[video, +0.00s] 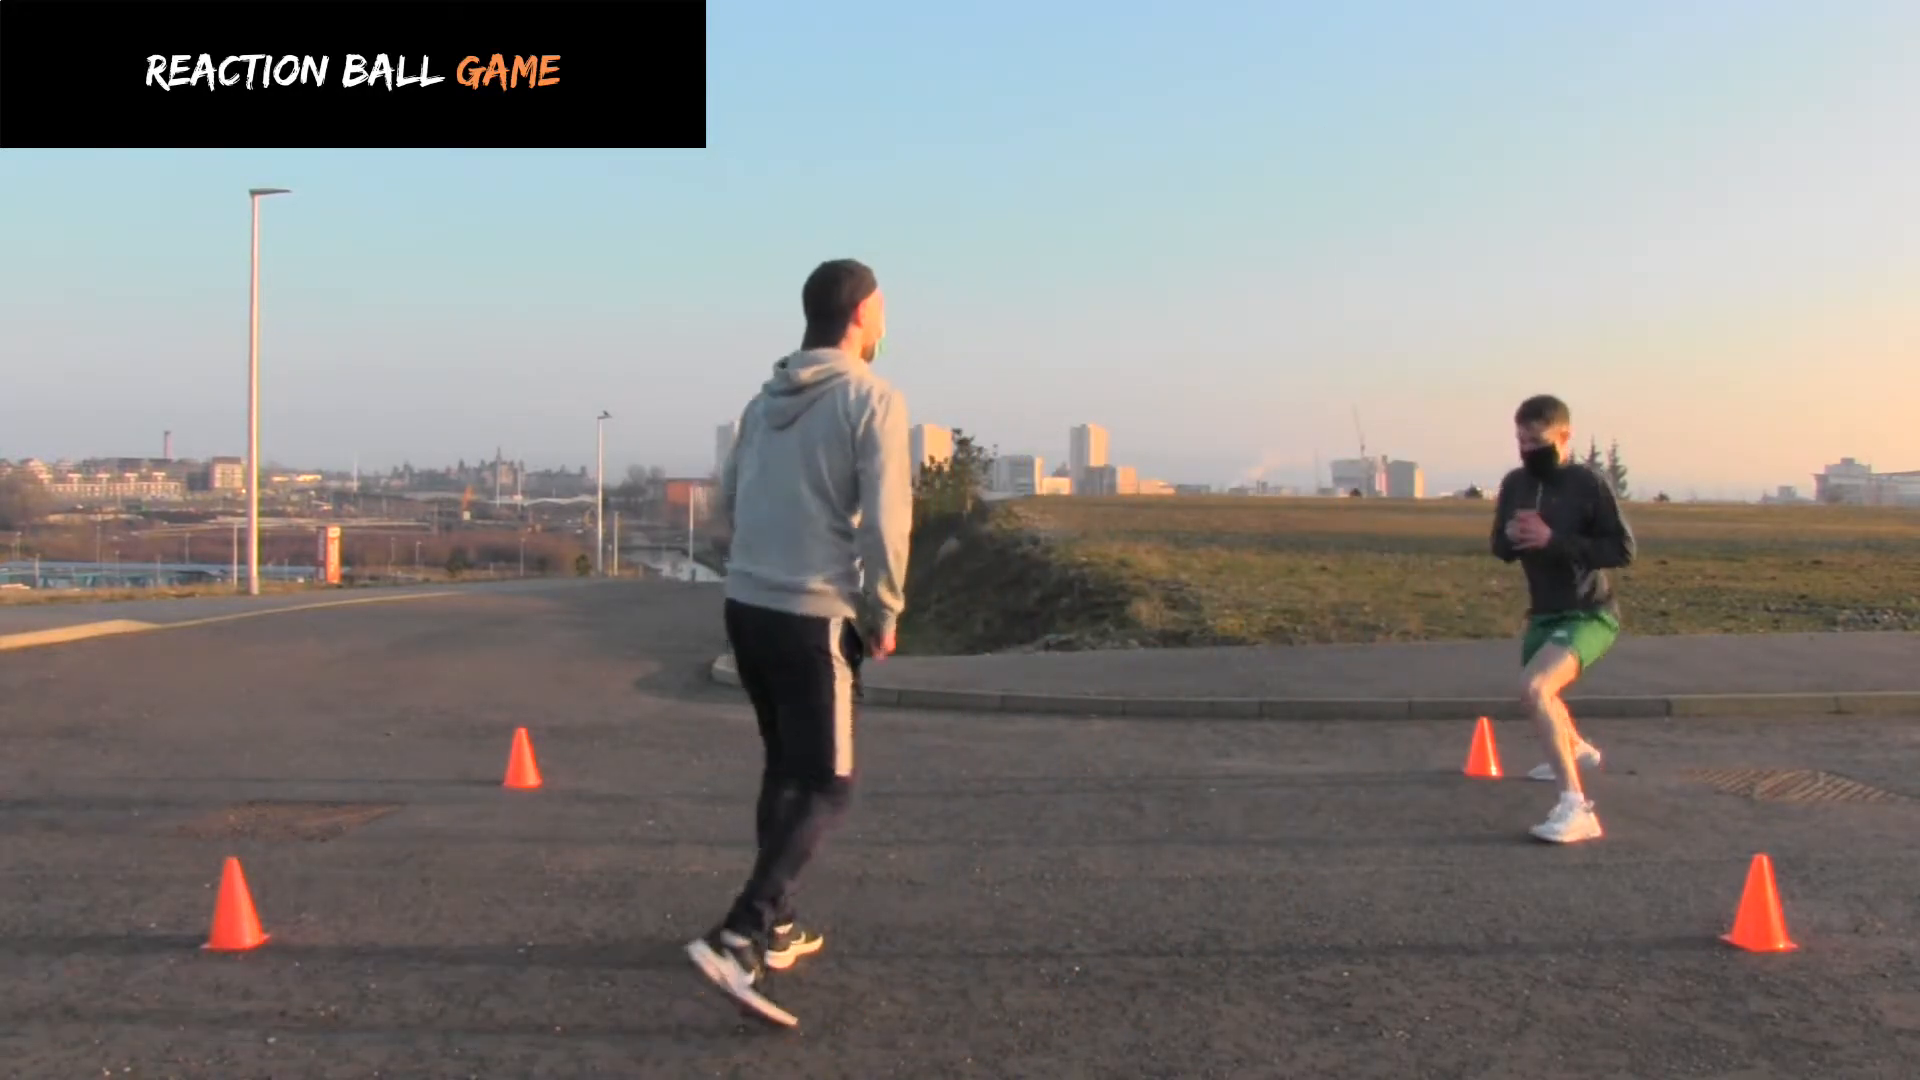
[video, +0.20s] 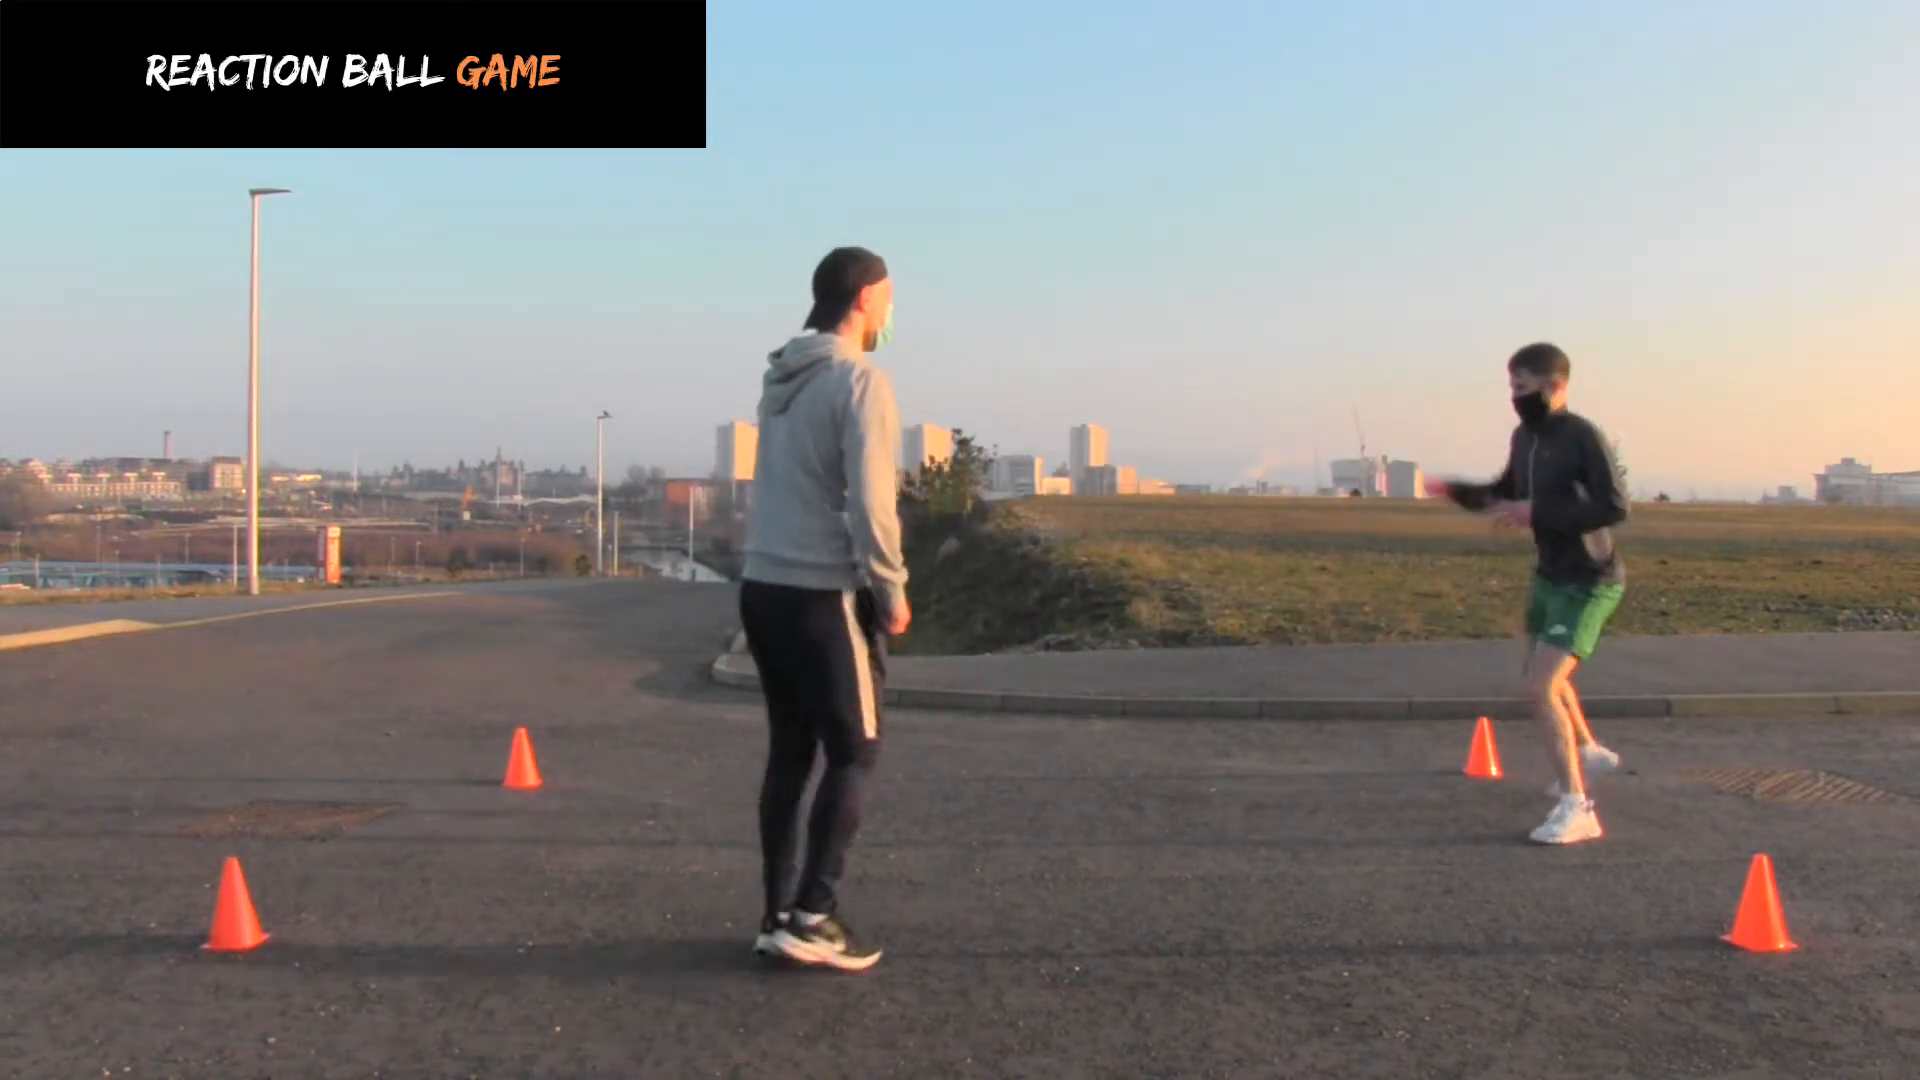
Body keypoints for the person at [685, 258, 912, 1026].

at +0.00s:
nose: (883, 322)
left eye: (879, 309)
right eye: (879, 309)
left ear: (815, 315)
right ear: (860, 315)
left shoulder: (767, 397)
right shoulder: (874, 398)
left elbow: (729, 500)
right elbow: (884, 520)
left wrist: (759, 570)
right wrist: (883, 613)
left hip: (746, 607)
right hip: (811, 615)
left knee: (783, 768)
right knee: (830, 784)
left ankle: (771, 925)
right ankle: (736, 939)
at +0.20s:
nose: (891, 311)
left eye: (890, 298)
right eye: (888, 298)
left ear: (828, 298)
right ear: (864, 300)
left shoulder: (786, 374)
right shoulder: (863, 378)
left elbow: (780, 488)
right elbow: (871, 498)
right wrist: (893, 589)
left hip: (765, 588)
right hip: (822, 593)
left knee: (792, 746)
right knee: (856, 750)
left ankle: (780, 916)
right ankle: (813, 915)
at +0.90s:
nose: (850, 373)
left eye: (850, 361)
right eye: (848, 362)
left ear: (798, 360)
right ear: (827, 363)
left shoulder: (765, 426)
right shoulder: (822, 430)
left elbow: (822, 504)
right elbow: (838, 524)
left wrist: (891, 479)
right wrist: (871, 605)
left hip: (754, 612)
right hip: (806, 615)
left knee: (785, 737)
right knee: (880, 741)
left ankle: (724, 864)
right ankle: (828, 860)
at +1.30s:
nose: (923, 414)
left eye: (927, 404)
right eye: (923, 403)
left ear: (887, 388)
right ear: (902, 390)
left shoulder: (836, 428)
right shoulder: (884, 444)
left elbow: (829, 508)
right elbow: (861, 525)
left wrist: (885, 542)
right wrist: (862, 602)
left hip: (779, 579)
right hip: (819, 591)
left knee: (779, 692)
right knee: (824, 707)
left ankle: (733, 802)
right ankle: (755, 812)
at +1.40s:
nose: (947, 446)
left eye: (951, 434)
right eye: (948, 432)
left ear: (917, 417)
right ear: (923, 418)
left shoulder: (858, 450)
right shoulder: (892, 463)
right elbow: (883, 555)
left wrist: (899, 596)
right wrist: (910, 624)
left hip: (797, 594)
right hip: (831, 603)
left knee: (804, 695)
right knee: (906, 695)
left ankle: (752, 801)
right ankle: (823, 770)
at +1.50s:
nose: (959, 454)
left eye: (960, 445)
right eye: (961, 444)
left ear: (930, 427)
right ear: (950, 435)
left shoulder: (882, 460)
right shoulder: (912, 475)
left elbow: (881, 563)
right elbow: (908, 563)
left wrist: (915, 628)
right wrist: (941, 625)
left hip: (813, 596)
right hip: (846, 607)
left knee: (819, 699)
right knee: (921, 685)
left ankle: (757, 796)